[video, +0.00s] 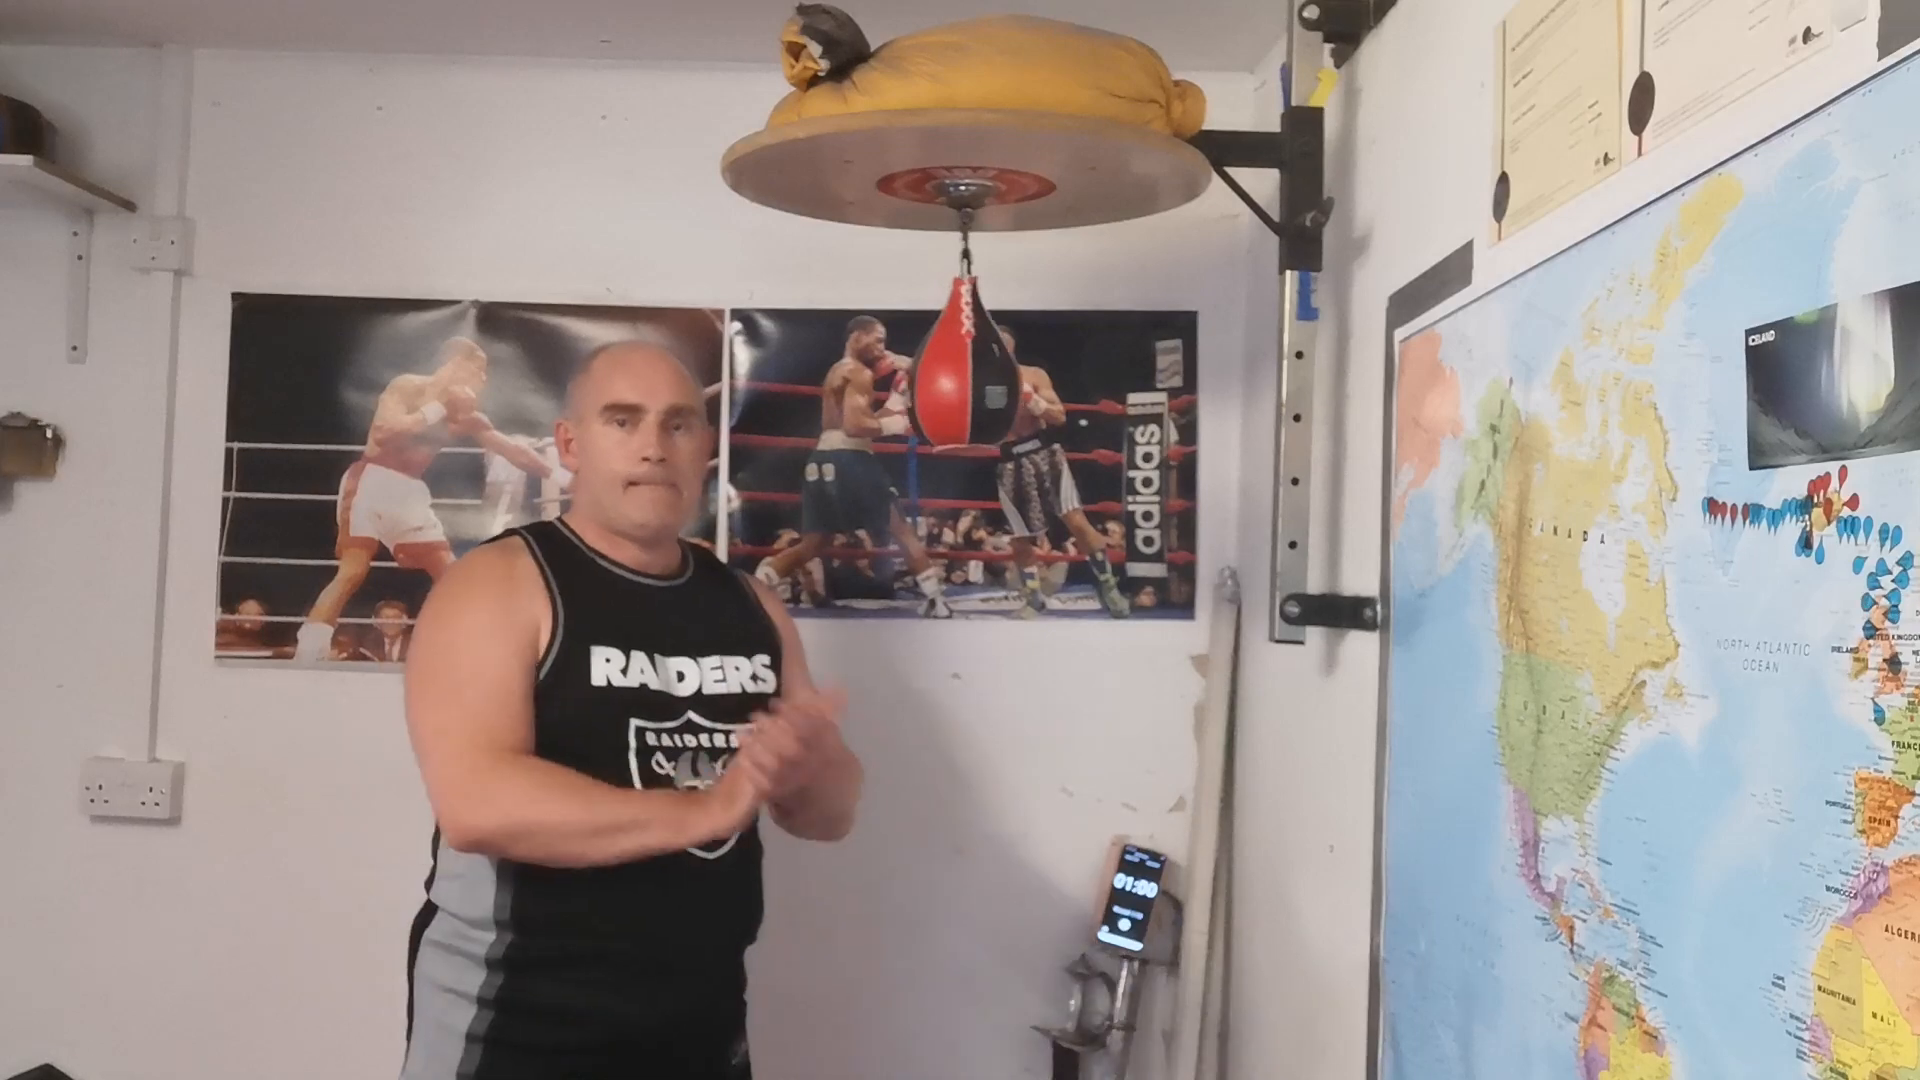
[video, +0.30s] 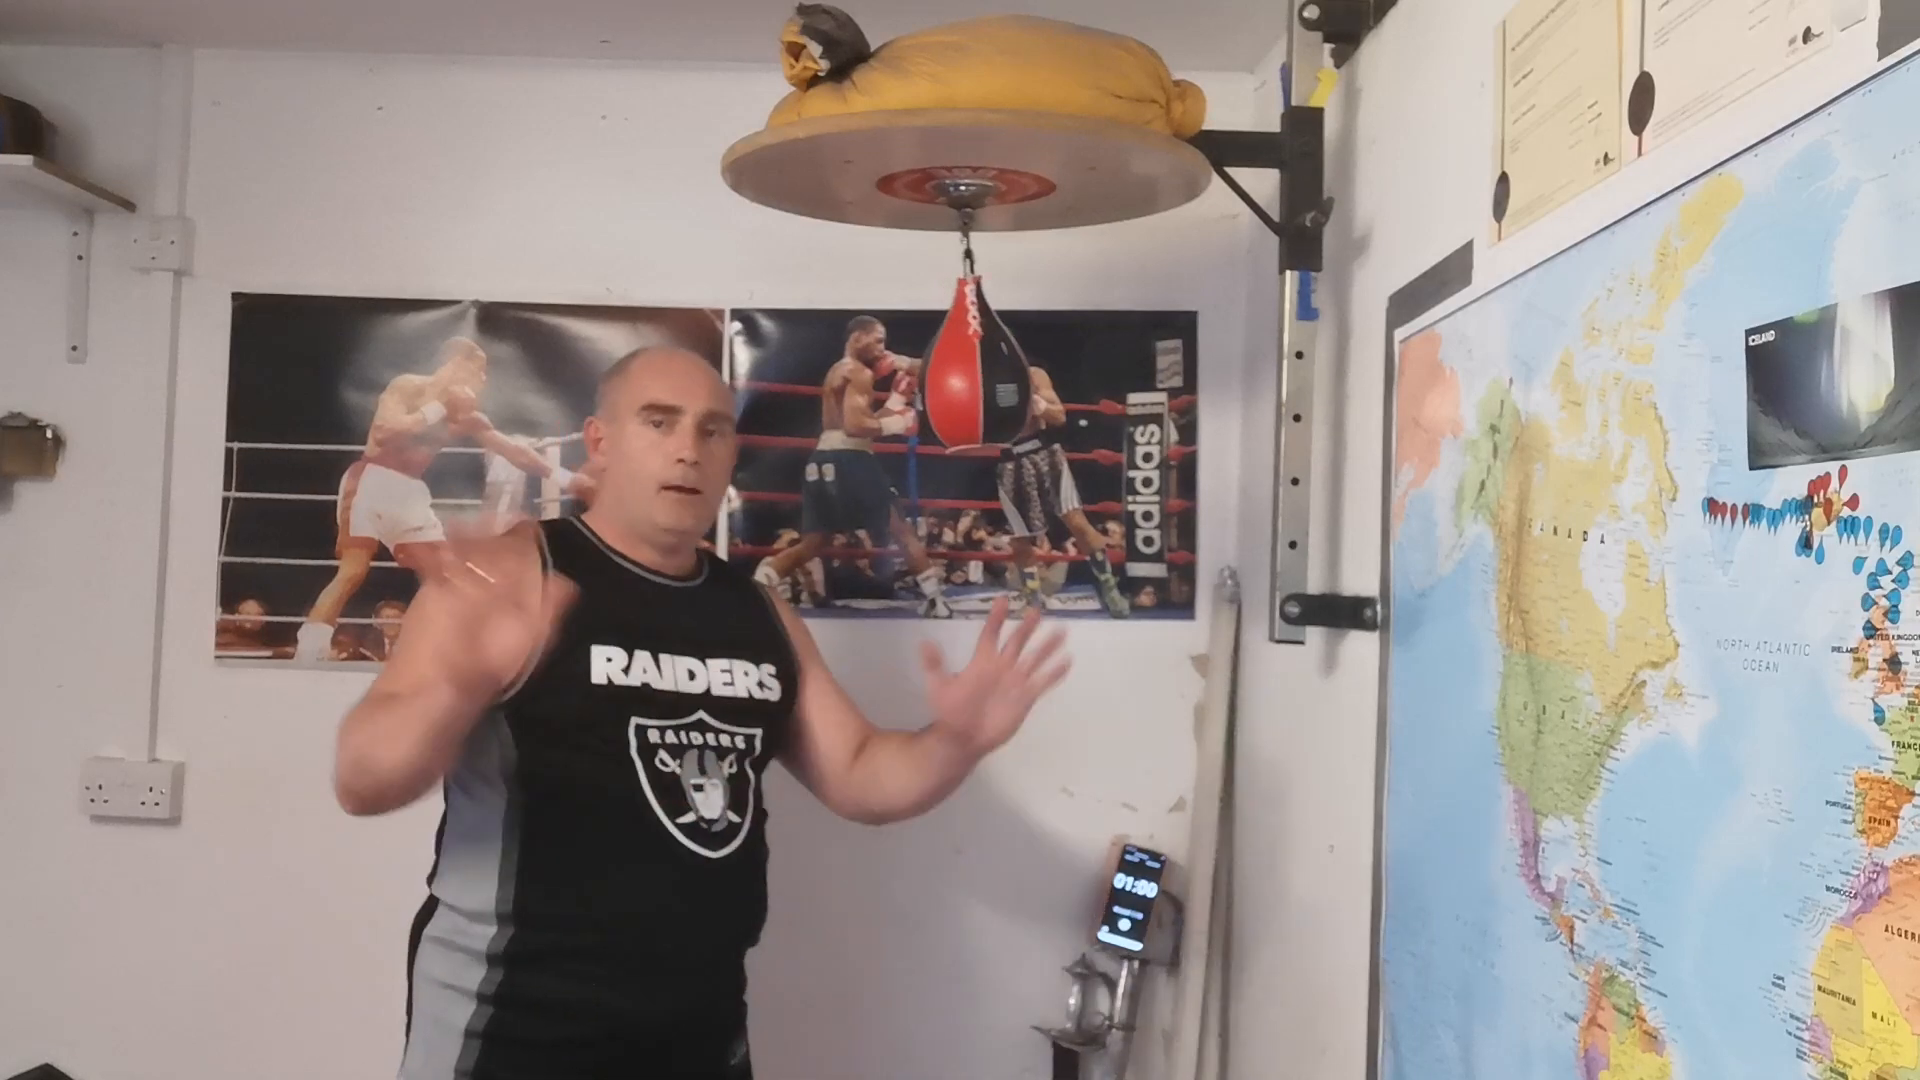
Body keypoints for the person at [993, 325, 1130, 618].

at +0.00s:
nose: (999, 354)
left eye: (1003, 348)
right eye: (994, 349)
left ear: (1012, 348)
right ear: (987, 352)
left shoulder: (1035, 375)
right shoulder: (984, 383)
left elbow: (1058, 417)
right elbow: (985, 430)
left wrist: (1038, 405)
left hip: (1046, 456)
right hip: (1011, 464)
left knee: (1075, 522)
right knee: (1021, 538)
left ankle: (1108, 586)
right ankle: (1032, 597)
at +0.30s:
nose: (1002, 358)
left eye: (1004, 352)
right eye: (995, 356)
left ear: (1012, 352)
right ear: (988, 362)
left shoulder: (1034, 376)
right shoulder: (985, 386)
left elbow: (1059, 416)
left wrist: (1043, 409)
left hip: (1047, 454)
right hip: (1011, 463)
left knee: (1077, 523)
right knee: (1021, 537)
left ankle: (1109, 588)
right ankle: (1032, 598)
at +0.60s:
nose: (986, 347)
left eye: (991, 340)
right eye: (982, 342)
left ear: (1009, 345)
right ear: (980, 350)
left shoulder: (1033, 375)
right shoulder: (983, 385)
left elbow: (1059, 417)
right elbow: (989, 425)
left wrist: (1033, 401)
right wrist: (965, 445)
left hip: (1046, 457)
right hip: (1011, 465)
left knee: (1075, 522)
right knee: (1027, 540)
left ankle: (1109, 587)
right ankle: (1030, 602)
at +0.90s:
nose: (997, 354)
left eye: (1001, 348)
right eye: (993, 348)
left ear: (1012, 349)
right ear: (985, 352)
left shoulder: (1034, 375)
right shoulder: (981, 383)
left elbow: (1059, 417)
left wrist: (1035, 404)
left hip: (1045, 456)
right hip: (1010, 465)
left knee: (1075, 521)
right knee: (1026, 541)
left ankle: (1108, 587)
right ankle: (1040, 598)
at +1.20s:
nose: (1006, 361)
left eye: (1008, 354)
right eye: (997, 357)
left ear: (1017, 354)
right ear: (990, 362)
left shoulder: (1035, 376)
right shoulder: (985, 385)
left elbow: (1059, 416)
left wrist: (1040, 404)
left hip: (1047, 454)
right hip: (1012, 463)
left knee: (1076, 522)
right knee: (1021, 537)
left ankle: (1109, 588)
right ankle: (1032, 599)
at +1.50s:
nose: (989, 348)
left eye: (993, 341)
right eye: (984, 343)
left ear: (1009, 345)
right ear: (981, 351)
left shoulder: (1033, 375)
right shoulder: (981, 385)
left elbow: (1059, 416)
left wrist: (1033, 401)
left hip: (1046, 457)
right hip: (1011, 465)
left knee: (1075, 521)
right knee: (1022, 538)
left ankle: (1109, 588)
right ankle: (1032, 599)